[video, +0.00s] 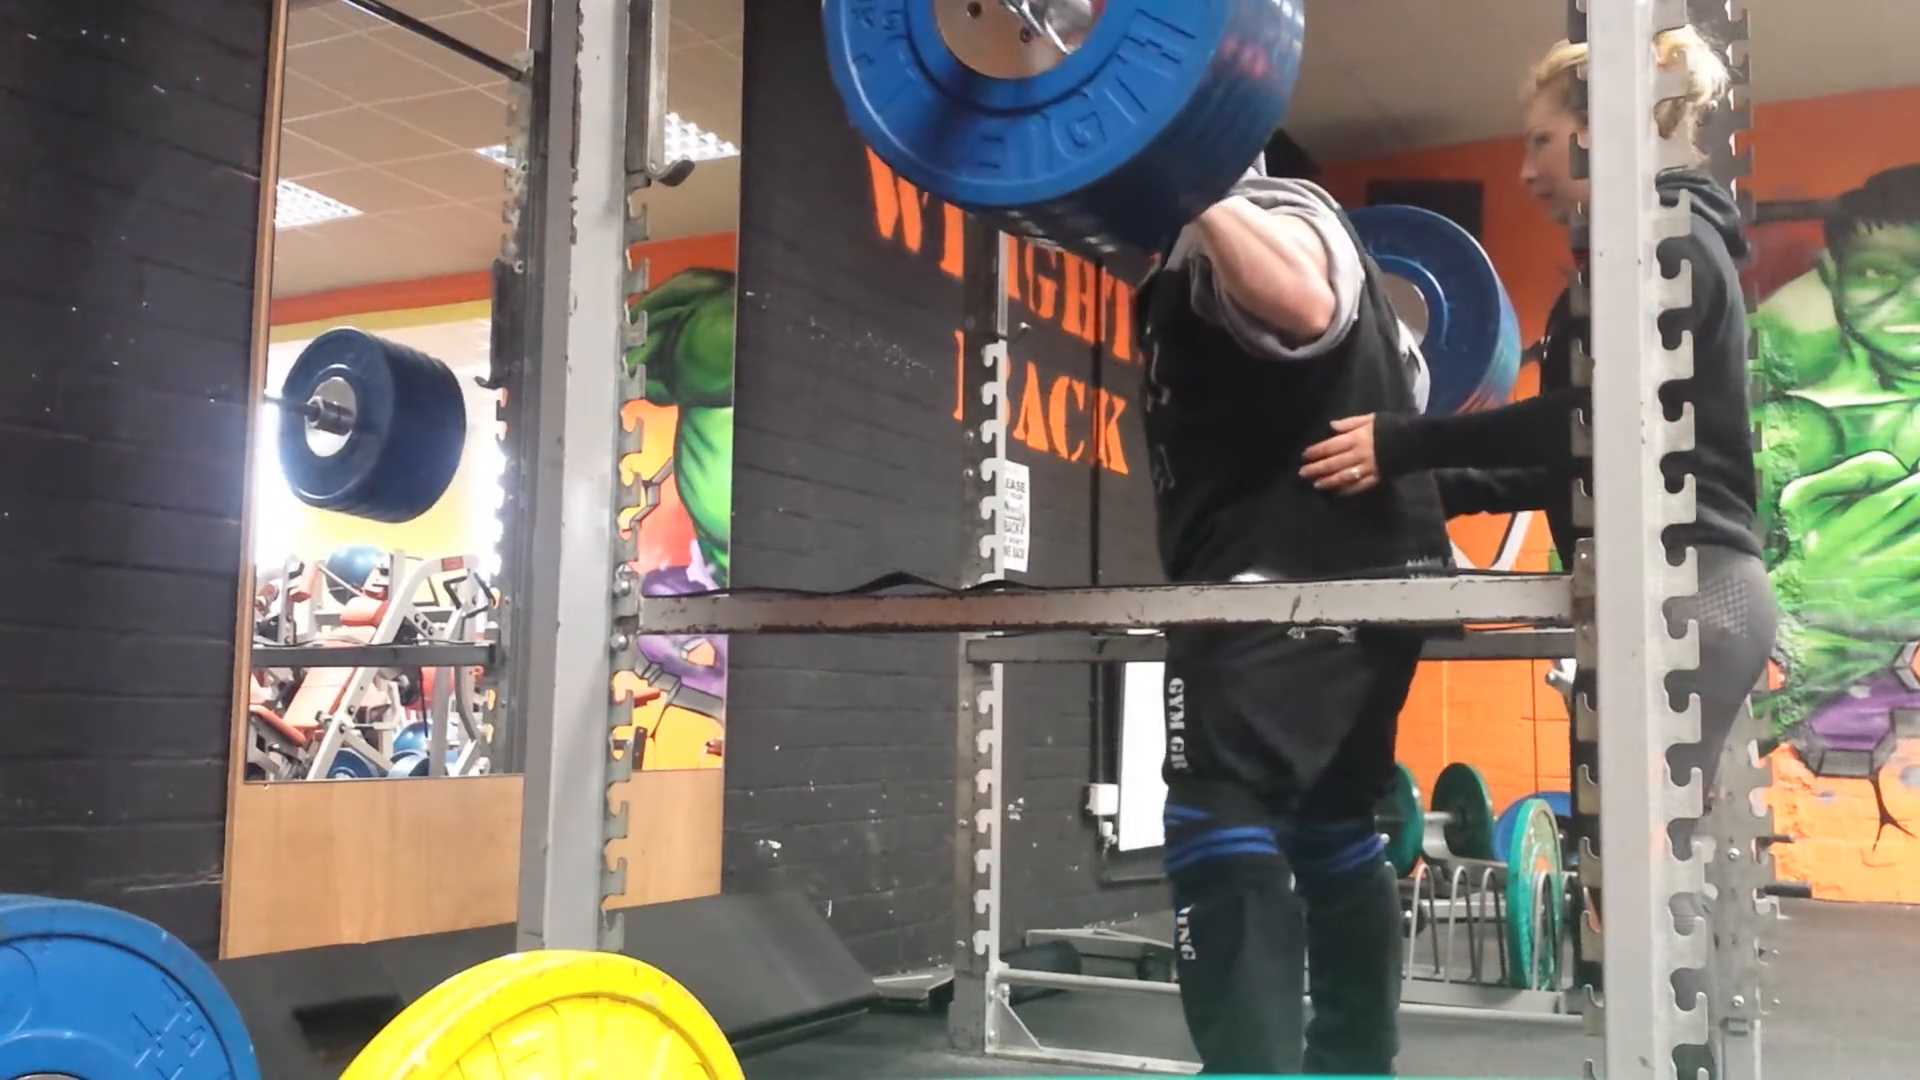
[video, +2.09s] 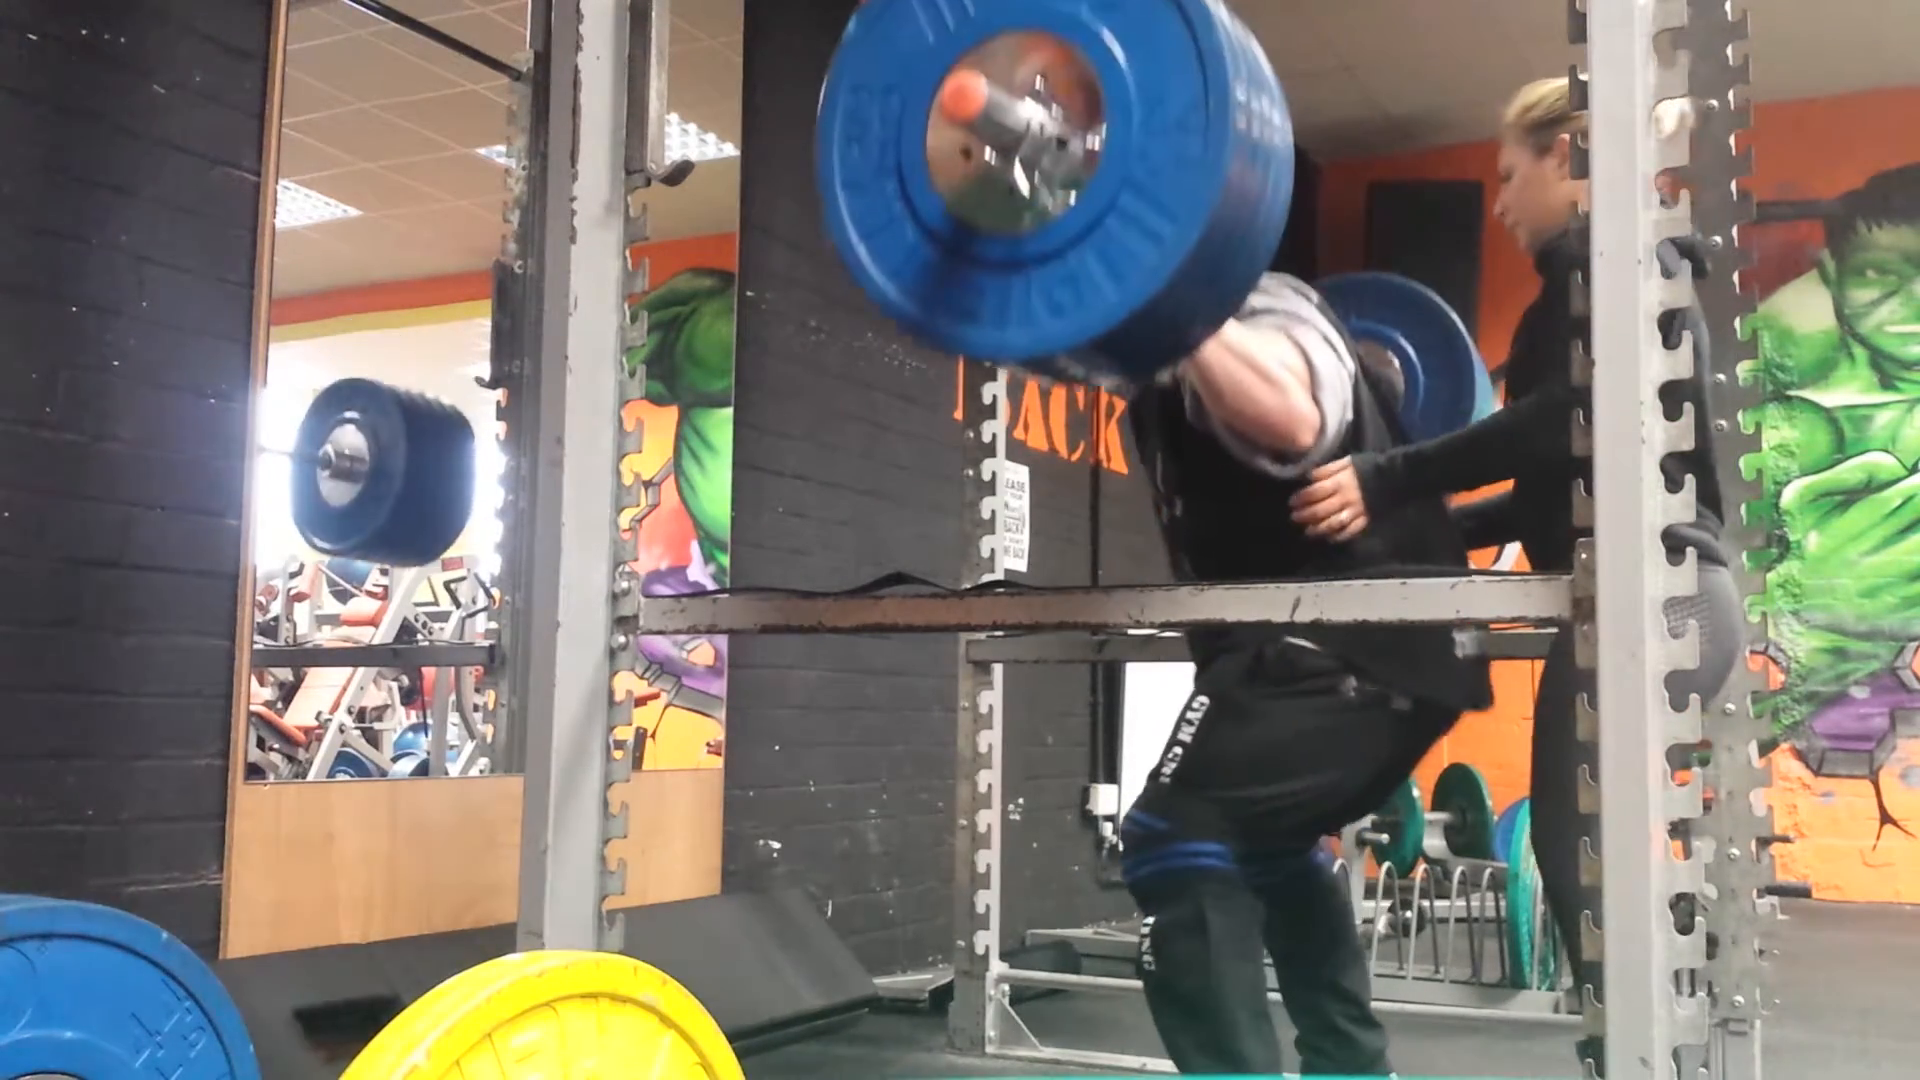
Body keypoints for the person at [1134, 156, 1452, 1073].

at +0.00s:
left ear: (1184, 143)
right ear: (1245, 134)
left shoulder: (1266, 207)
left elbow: (1300, 299)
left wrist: (1188, 190)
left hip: (1287, 582)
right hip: (1368, 581)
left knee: (1220, 819)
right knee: (1337, 826)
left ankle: (1250, 1062)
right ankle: (1353, 1061)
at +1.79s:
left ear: (1166, 148)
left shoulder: (1251, 223)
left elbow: (1260, 325)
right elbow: (1379, 306)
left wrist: (1170, 193)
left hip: (1290, 595)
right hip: (1340, 591)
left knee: (1227, 820)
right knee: (1312, 820)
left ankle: (1251, 1062)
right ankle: (1349, 1059)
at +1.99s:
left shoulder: (1268, 275)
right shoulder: (1157, 312)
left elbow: (1283, 380)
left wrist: (1173, 266)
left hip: (1326, 616)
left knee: (1189, 829)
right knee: (1282, 833)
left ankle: (1240, 1069)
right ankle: (1351, 1064)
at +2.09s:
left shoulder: (1270, 309)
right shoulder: (1151, 348)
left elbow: (1290, 422)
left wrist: (1177, 310)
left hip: (1340, 653)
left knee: (1173, 839)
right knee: (1274, 843)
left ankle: (1237, 1069)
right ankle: (1350, 1065)